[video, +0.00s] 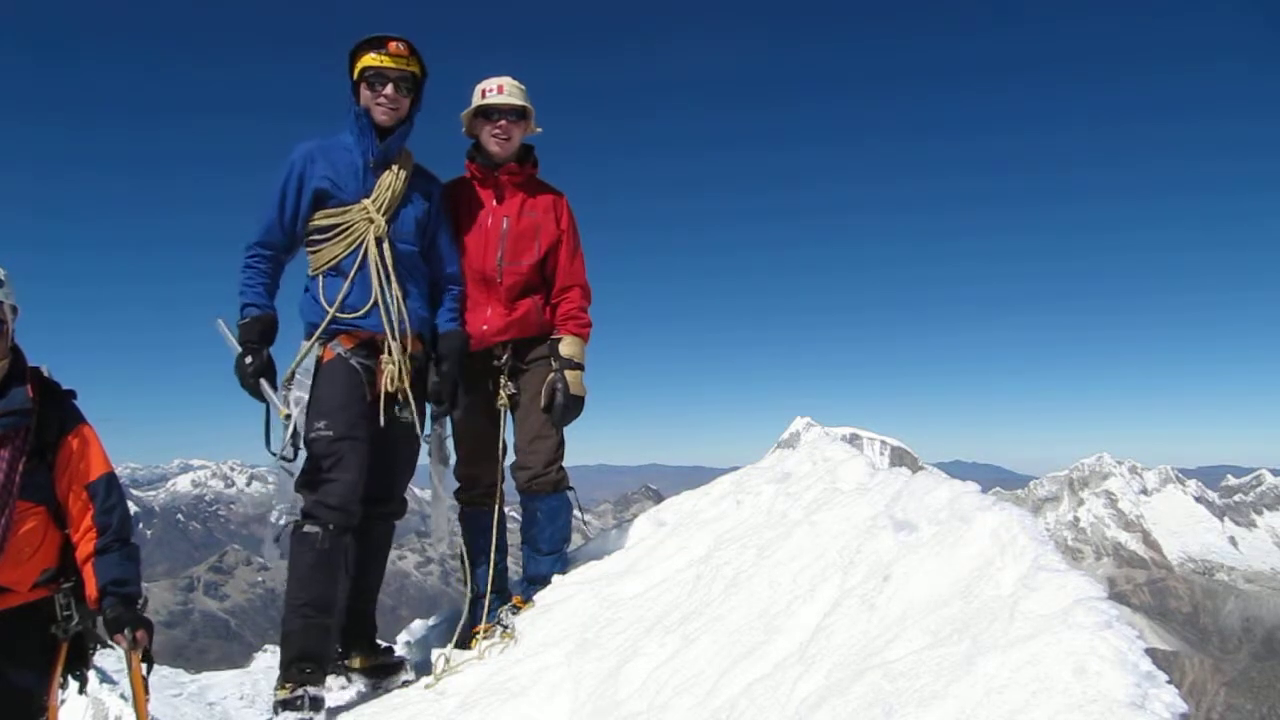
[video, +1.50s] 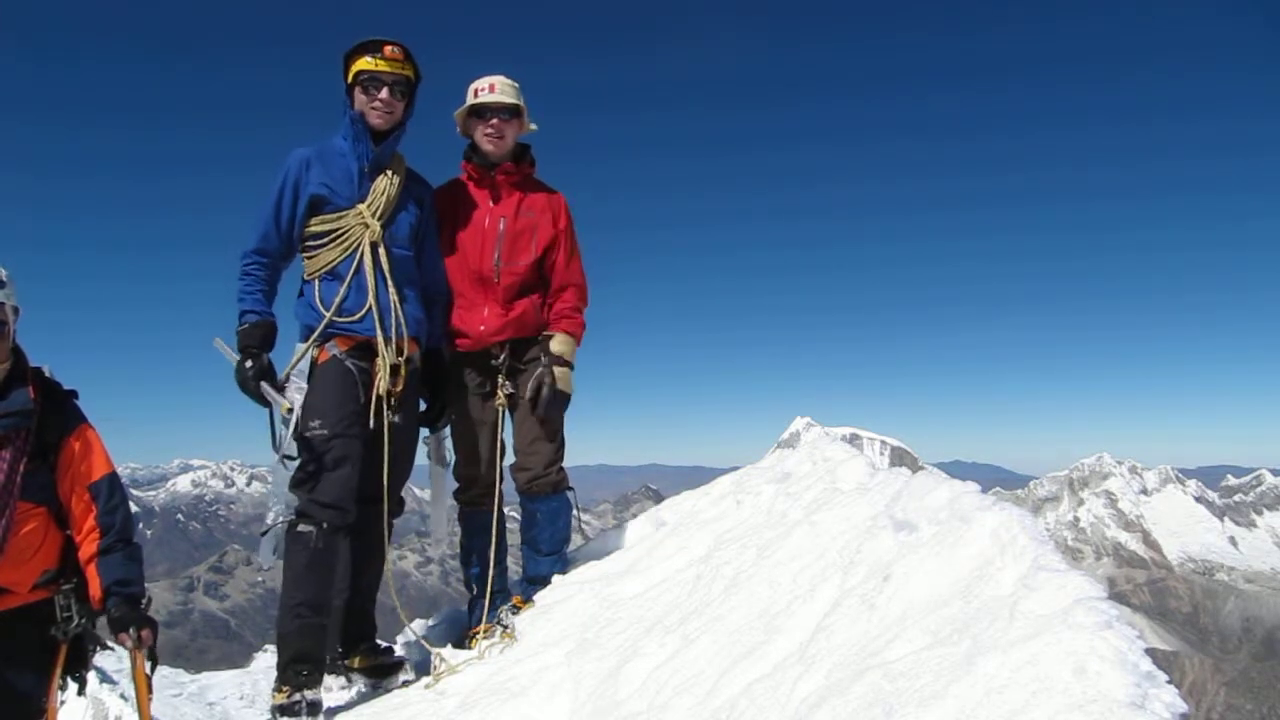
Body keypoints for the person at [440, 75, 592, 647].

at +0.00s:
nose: (501, 126)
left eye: (512, 117)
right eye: (491, 117)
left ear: (527, 127)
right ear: (473, 127)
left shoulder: (550, 204)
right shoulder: (450, 200)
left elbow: (571, 289)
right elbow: (431, 277)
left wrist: (572, 360)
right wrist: (435, 351)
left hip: (535, 350)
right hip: (469, 352)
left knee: (539, 466)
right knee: (476, 476)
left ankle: (542, 587)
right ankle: (485, 599)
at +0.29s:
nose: (500, 126)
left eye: (511, 117)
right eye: (490, 117)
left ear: (526, 127)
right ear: (472, 127)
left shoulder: (550, 204)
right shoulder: (448, 200)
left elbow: (570, 289)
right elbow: (429, 278)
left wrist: (571, 361)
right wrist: (434, 354)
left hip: (535, 351)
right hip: (468, 353)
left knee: (538, 467)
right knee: (476, 478)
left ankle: (541, 589)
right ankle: (486, 604)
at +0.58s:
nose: (498, 125)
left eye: (509, 116)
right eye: (488, 116)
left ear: (525, 127)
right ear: (471, 126)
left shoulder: (549, 205)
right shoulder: (445, 202)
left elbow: (571, 288)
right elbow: (425, 280)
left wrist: (569, 350)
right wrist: (430, 356)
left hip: (534, 353)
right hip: (465, 358)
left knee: (537, 468)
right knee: (475, 479)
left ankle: (541, 589)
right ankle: (485, 603)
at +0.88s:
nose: (499, 126)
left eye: (510, 117)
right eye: (488, 117)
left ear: (526, 128)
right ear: (471, 126)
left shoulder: (554, 208)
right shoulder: (444, 202)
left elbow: (579, 282)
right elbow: (421, 277)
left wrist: (565, 287)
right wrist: (426, 363)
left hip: (533, 351)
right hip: (464, 355)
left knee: (536, 468)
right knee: (474, 479)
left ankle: (542, 589)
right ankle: (485, 604)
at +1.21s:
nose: (495, 126)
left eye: (506, 117)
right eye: (484, 116)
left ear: (522, 127)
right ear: (468, 126)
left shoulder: (551, 206)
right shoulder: (443, 203)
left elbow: (578, 273)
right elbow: (420, 276)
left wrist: (567, 303)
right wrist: (427, 356)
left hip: (531, 348)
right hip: (463, 354)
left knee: (537, 468)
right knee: (474, 478)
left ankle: (542, 588)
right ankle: (485, 603)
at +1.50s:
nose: (495, 125)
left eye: (505, 116)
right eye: (484, 116)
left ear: (522, 126)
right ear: (467, 126)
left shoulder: (548, 204)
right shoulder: (443, 203)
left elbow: (569, 288)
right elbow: (424, 281)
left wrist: (561, 354)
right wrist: (428, 363)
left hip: (531, 352)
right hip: (463, 358)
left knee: (538, 471)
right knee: (476, 480)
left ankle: (542, 589)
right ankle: (485, 601)